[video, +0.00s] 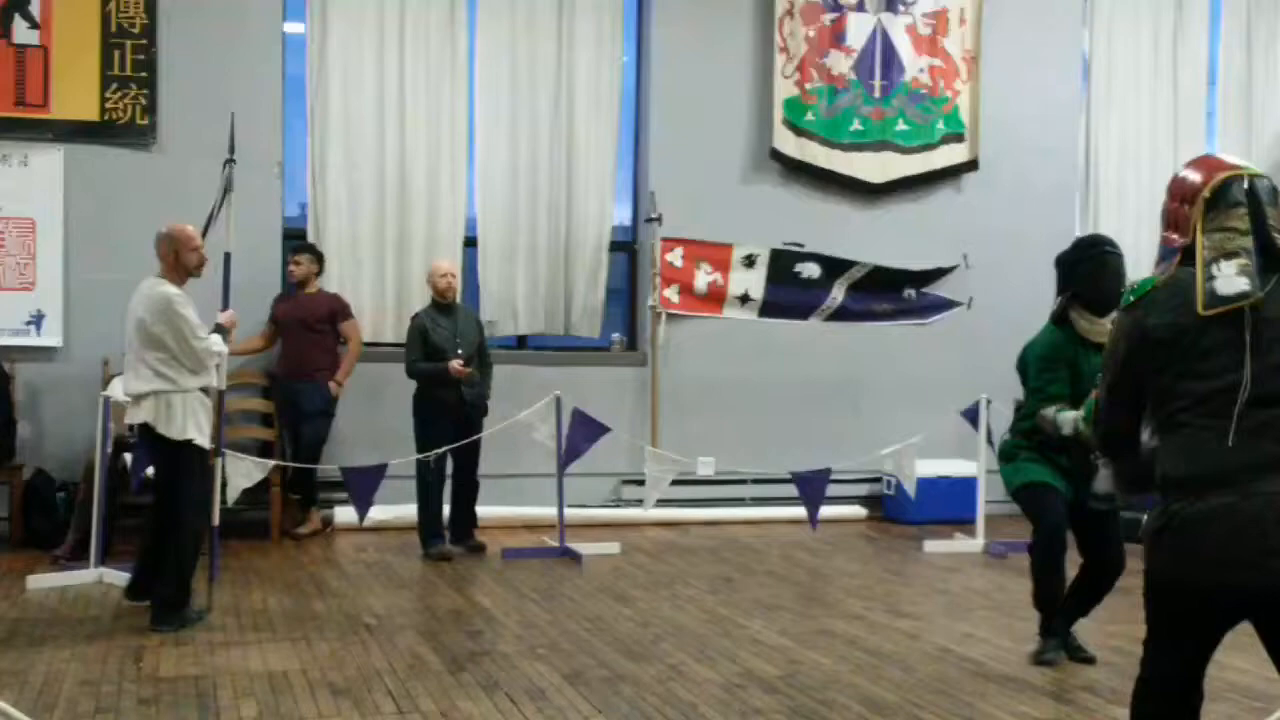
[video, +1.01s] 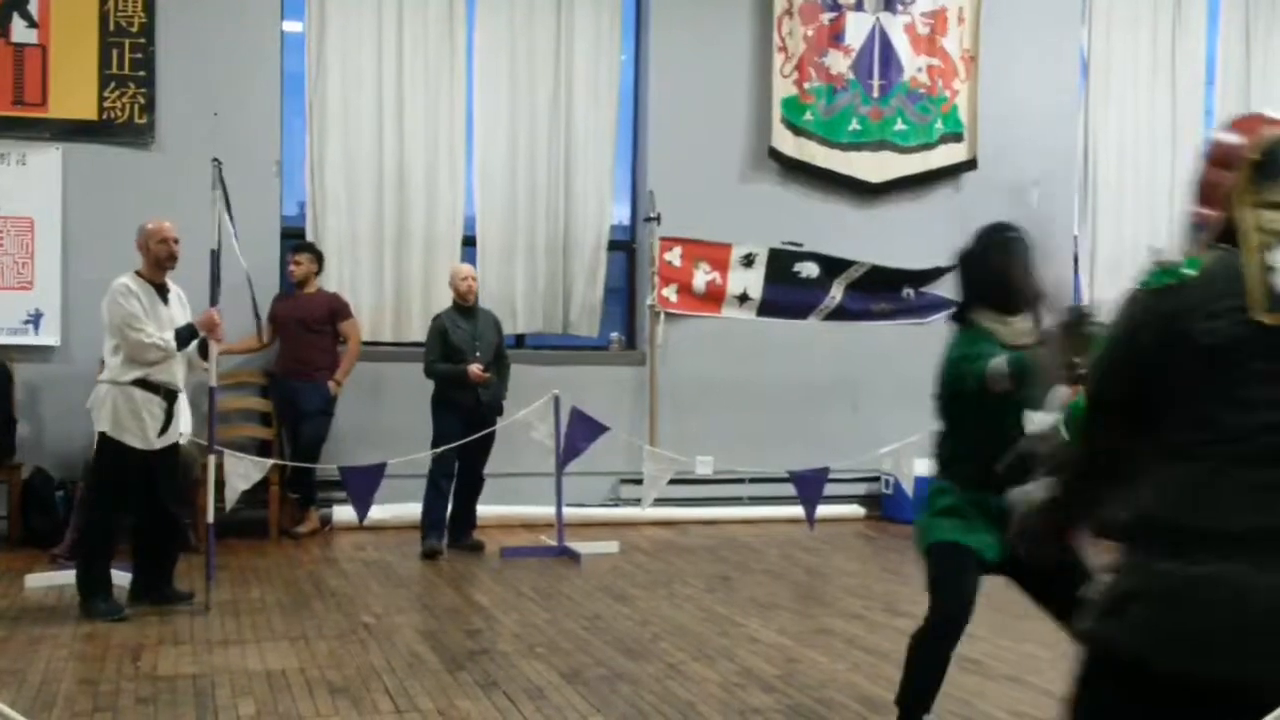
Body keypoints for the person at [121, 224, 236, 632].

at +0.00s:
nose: (203, 256)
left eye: (202, 249)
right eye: (195, 251)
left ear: (172, 257)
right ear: (172, 257)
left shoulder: (149, 293)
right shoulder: (170, 300)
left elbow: (183, 350)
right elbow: (205, 356)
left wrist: (212, 337)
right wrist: (223, 331)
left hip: (155, 412)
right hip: (177, 416)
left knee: (170, 505)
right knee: (189, 514)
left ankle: (144, 583)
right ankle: (170, 609)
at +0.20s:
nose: (201, 258)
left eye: (200, 251)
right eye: (193, 252)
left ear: (181, 259)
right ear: (171, 259)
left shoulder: (173, 300)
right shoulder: (159, 303)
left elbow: (191, 358)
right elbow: (190, 357)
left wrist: (222, 345)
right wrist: (223, 335)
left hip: (174, 412)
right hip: (170, 416)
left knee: (171, 509)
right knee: (182, 514)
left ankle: (153, 586)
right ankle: (170, 606)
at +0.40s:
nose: (196, 253)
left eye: (196, 247)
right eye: (187, 248)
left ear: (192, 253)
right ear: (165, 255)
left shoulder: (193, 294)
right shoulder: (147, 298)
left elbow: (202, 350)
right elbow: (173, 354)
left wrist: (223, 344)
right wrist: (220, 332)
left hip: (183, 407)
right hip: (154, 409)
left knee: (182, 502)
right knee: (166, 503)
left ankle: (167, 585)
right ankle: (153, 596)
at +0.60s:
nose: (188, 250)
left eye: (190, 243)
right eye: (179, 244)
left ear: (192, 249)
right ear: (159, 252)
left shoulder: (194, 293)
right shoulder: (140, 294)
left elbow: (210, 359)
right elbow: (161, 351)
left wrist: (224, 341)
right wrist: (212, 330)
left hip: (179, 414)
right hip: (139, 412)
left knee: (174, 504)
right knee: (128, 506)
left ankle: (160, 584)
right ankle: (111, 595)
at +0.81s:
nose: (177, 249)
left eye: (179, 242)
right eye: (167, 243)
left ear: (182, 247)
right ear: (146, 249)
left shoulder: (181, 294)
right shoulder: (127, 292)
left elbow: (192, 356)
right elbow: (150, 348)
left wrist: (213, 345)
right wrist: (201, 328)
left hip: (170, 413)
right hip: (128, 410)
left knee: (165, 504)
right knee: (109, 504)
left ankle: (152, 584)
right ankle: (94, 593)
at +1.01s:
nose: (173, 249)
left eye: (176, 242)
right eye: (164, 242)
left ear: (178, 248)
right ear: (143, 249)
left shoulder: (177, 296)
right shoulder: (123, 291)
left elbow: (184, 362)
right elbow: (144, 349)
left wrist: (206, 347)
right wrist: (196, 329)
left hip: (167, 413)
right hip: (125, 410)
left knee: (161, 504)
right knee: (107, 503)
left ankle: (153, 584)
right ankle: (95, 593)